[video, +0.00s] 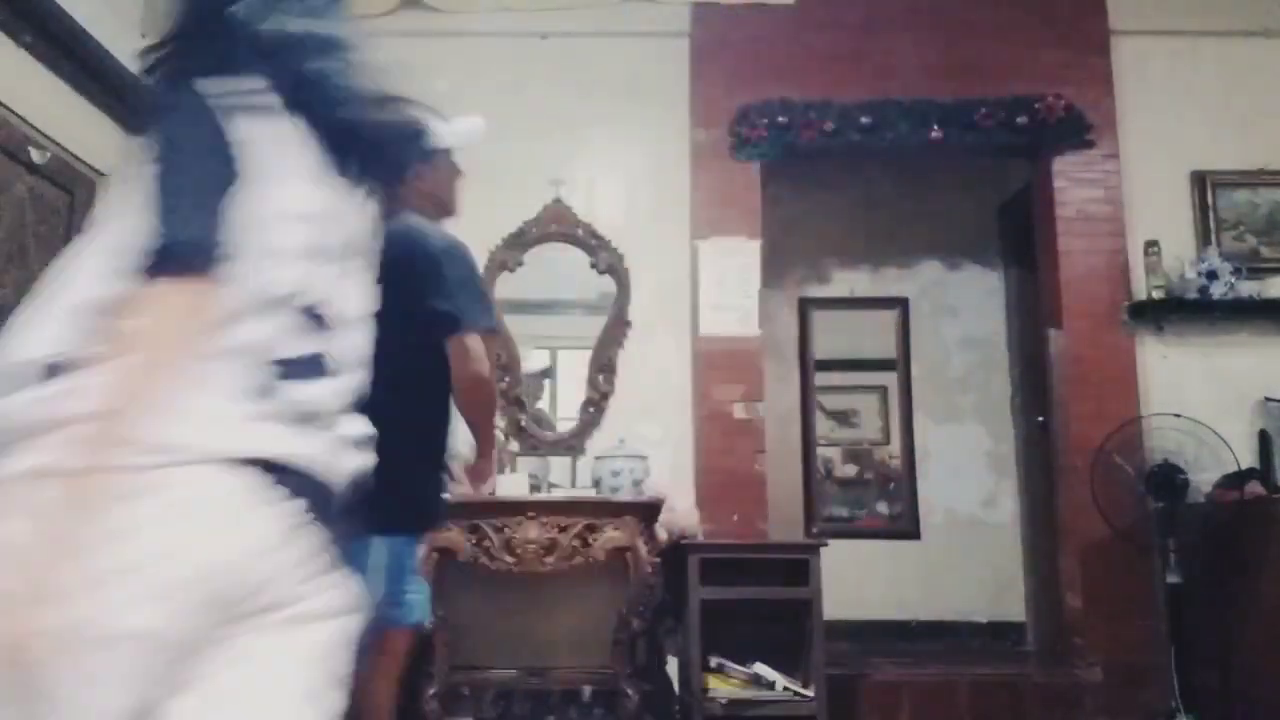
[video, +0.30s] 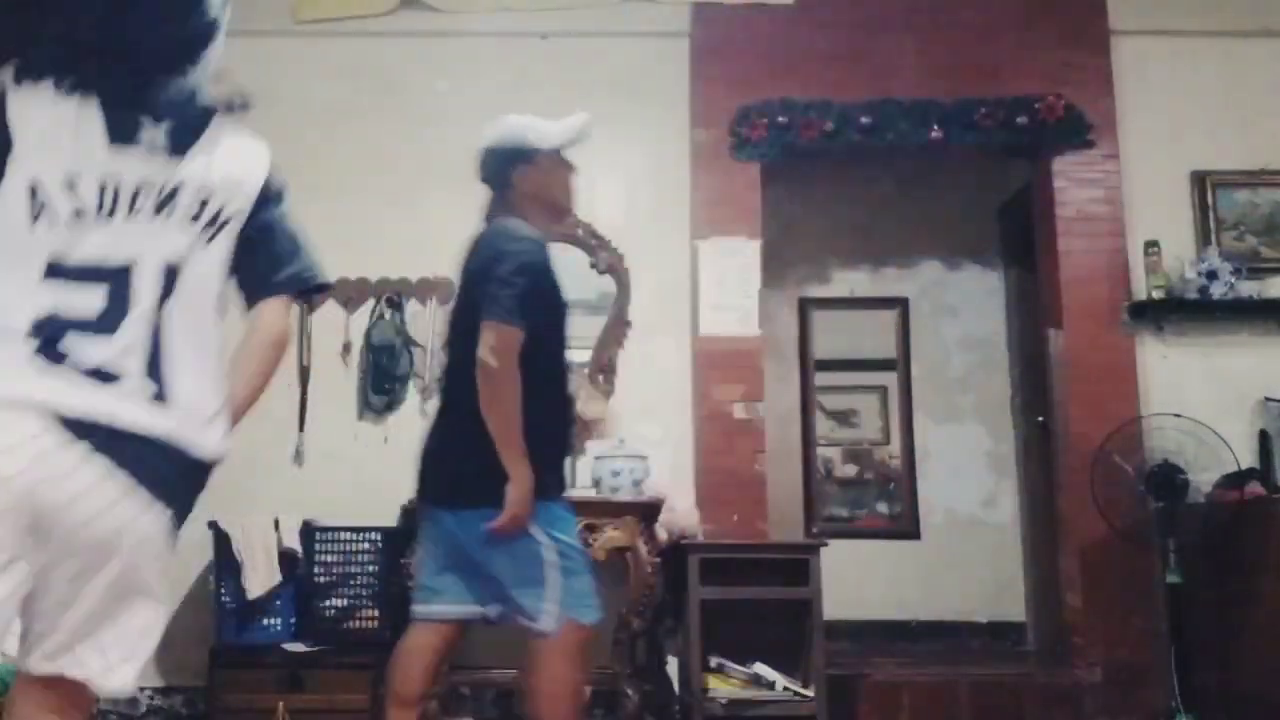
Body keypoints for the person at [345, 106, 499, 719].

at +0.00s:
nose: (457, 177)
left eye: (452, 163)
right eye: (445, 164)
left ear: (397, 175)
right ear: (412, 174)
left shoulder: (338, 239)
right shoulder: (431, 249)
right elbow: (472, 370)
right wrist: (486, 447)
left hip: (330, 471)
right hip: (396, 482)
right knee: (387, 644)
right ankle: (373, 711)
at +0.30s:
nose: (572, 173)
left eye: (567, 161)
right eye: (559, 161)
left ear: (521, 180)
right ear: (523, 177)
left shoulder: (493, 245)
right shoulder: (518, 249)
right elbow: (494, 357)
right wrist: (519, 471)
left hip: (456, 482)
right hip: (509, 487)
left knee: (433, 623)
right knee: (568, 625)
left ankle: (398, 714)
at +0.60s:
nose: (683, 181)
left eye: (678, 171)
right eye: (667, 174)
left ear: (640, 198)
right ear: (631, 196)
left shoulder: (648, 271)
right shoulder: (635, 275)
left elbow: (673, 394)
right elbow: (621, 407)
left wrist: (726, 450)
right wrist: (648, 519)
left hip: (661, 505)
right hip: (658, 511)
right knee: (699, 657)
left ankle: (538, 711)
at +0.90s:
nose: (782, 167)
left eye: (784, 157)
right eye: (762, 160)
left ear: (797, 175)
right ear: (725, 192)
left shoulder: (802, 270)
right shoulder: (725, 259)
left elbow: (806, 386)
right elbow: (725, 371)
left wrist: (860, 435)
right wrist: (839, 417)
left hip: (822, 500)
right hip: (744, 506)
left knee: (880, 653)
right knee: (724, 667)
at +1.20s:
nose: (862, 121)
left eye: (870, 107)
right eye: (839, 117)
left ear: (894, 123)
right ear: (817, 153)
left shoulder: (945, 223)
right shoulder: (808, 240)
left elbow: (1013, 328)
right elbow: (791, 365)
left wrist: (1072, 422)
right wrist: (796, 471)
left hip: (959, 460)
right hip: (873, 470)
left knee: (963, 646)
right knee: (918, 643)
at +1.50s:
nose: (909, 109)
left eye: (921, 94)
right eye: (886, 105)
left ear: (949, 112)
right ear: (864, 141)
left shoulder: (1017, 212)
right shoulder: (850, 246)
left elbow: (1116, 324)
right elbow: (832, 388)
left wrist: (1223, 385)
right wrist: (816, 506)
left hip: (1054, 485)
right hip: (946, 505)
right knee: (1034, 693)